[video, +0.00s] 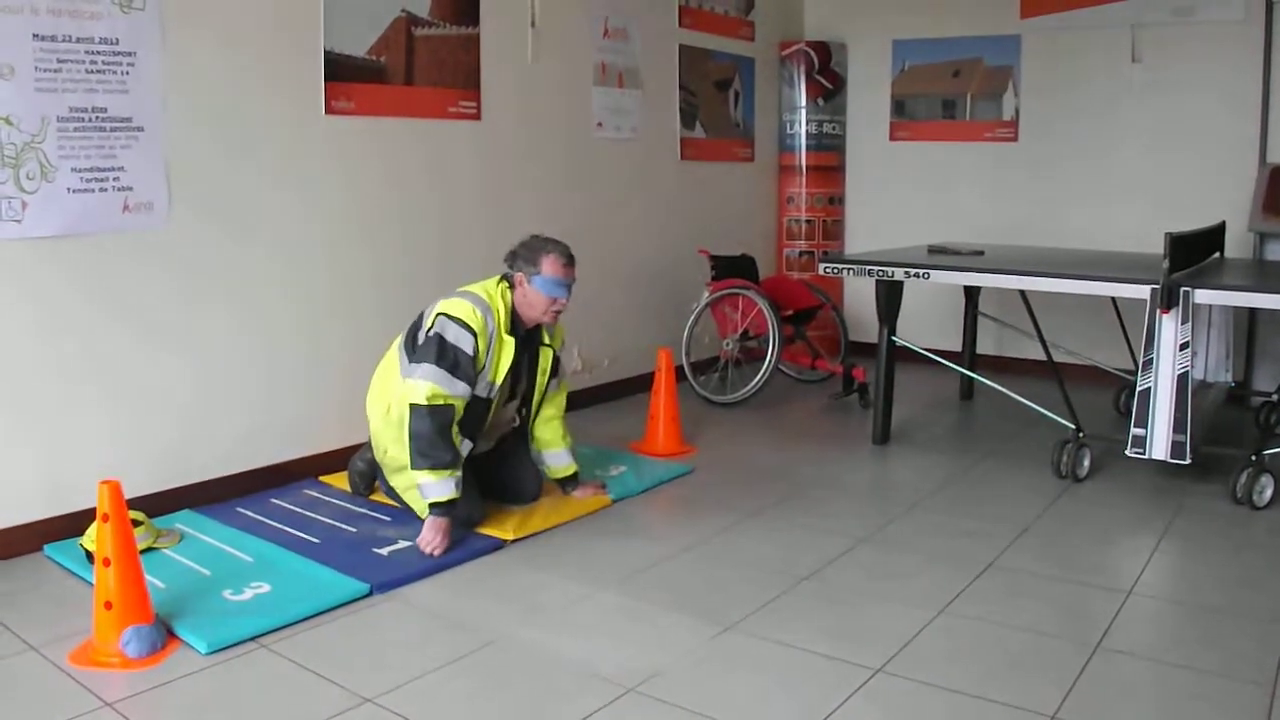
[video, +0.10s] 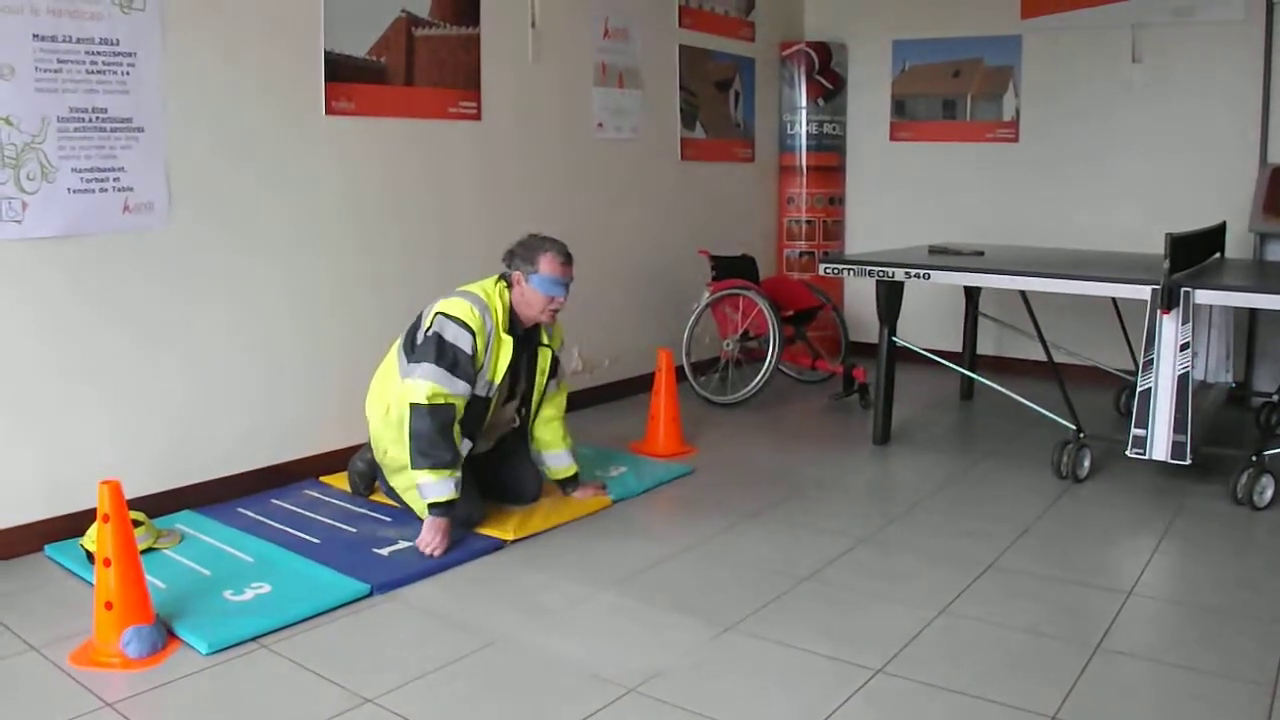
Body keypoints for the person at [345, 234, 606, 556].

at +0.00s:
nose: (563, 302)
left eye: (568, 292)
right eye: (553, 290)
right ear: (520, 283)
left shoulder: (547, 331)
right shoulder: (464, 319)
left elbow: (546, 408)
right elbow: (429, 411)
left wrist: (569, 482)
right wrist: (439, 510)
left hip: (482, 421)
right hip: (407, 427)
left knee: (524, 489)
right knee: (466, 512)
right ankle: (384, 468)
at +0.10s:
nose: (561, 300)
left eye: (566, 289)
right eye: (551, 288)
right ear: (518, 281)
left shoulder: (545, 331)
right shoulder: (462, 318)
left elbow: (546, 407)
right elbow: (430, 411)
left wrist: (569, 483)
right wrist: (438, 510)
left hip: (481, 422)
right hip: (407, 427)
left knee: (524, 490)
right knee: (465, 513)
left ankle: (448, 460)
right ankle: (383, 468)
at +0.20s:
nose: (563, 300)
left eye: (568, 289)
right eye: (553, 288)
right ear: (519, 282)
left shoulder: (548, 332)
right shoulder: (463, 319)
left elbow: (548, 409)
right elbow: (432, 411)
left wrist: (570, 483)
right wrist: (440, 511)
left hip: (480, 420)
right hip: (406, 427)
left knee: (525, 489)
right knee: (466, 513)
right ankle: (385, 470)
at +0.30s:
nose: (566, 302)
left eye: (571, 291)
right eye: (556, 290)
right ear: (523, 283)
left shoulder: (551, 335)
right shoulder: (468, 319)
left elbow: (550, 411)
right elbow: (436, 411)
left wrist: (571, 484)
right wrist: (441, 512)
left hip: (481, 421)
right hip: (407, 427)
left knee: (526, 490)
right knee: (467, 514)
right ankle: (386, 471)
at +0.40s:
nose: (569, 302)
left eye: (574, 292)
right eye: (560, 290)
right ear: (526, 283)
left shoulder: (554, 334)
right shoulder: (472, 319)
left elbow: (553, 411)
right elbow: (438, 412)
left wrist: (571, 484)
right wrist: (441, 513)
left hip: (482, 420)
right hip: (409, 425)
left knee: (526, 491)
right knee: (467, 515)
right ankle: (385, 468)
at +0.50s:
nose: (572, 303)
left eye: (576, 292)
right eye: (562, 291)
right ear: (529, 284)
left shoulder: (556, 335)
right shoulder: (475, 321)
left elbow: (555, 412)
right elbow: (440, 414)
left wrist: (572, 486)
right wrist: (442, 514)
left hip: (482, 419)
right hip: (409, 424)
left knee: (526, 491)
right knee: (465, 518)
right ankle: (386, 466)